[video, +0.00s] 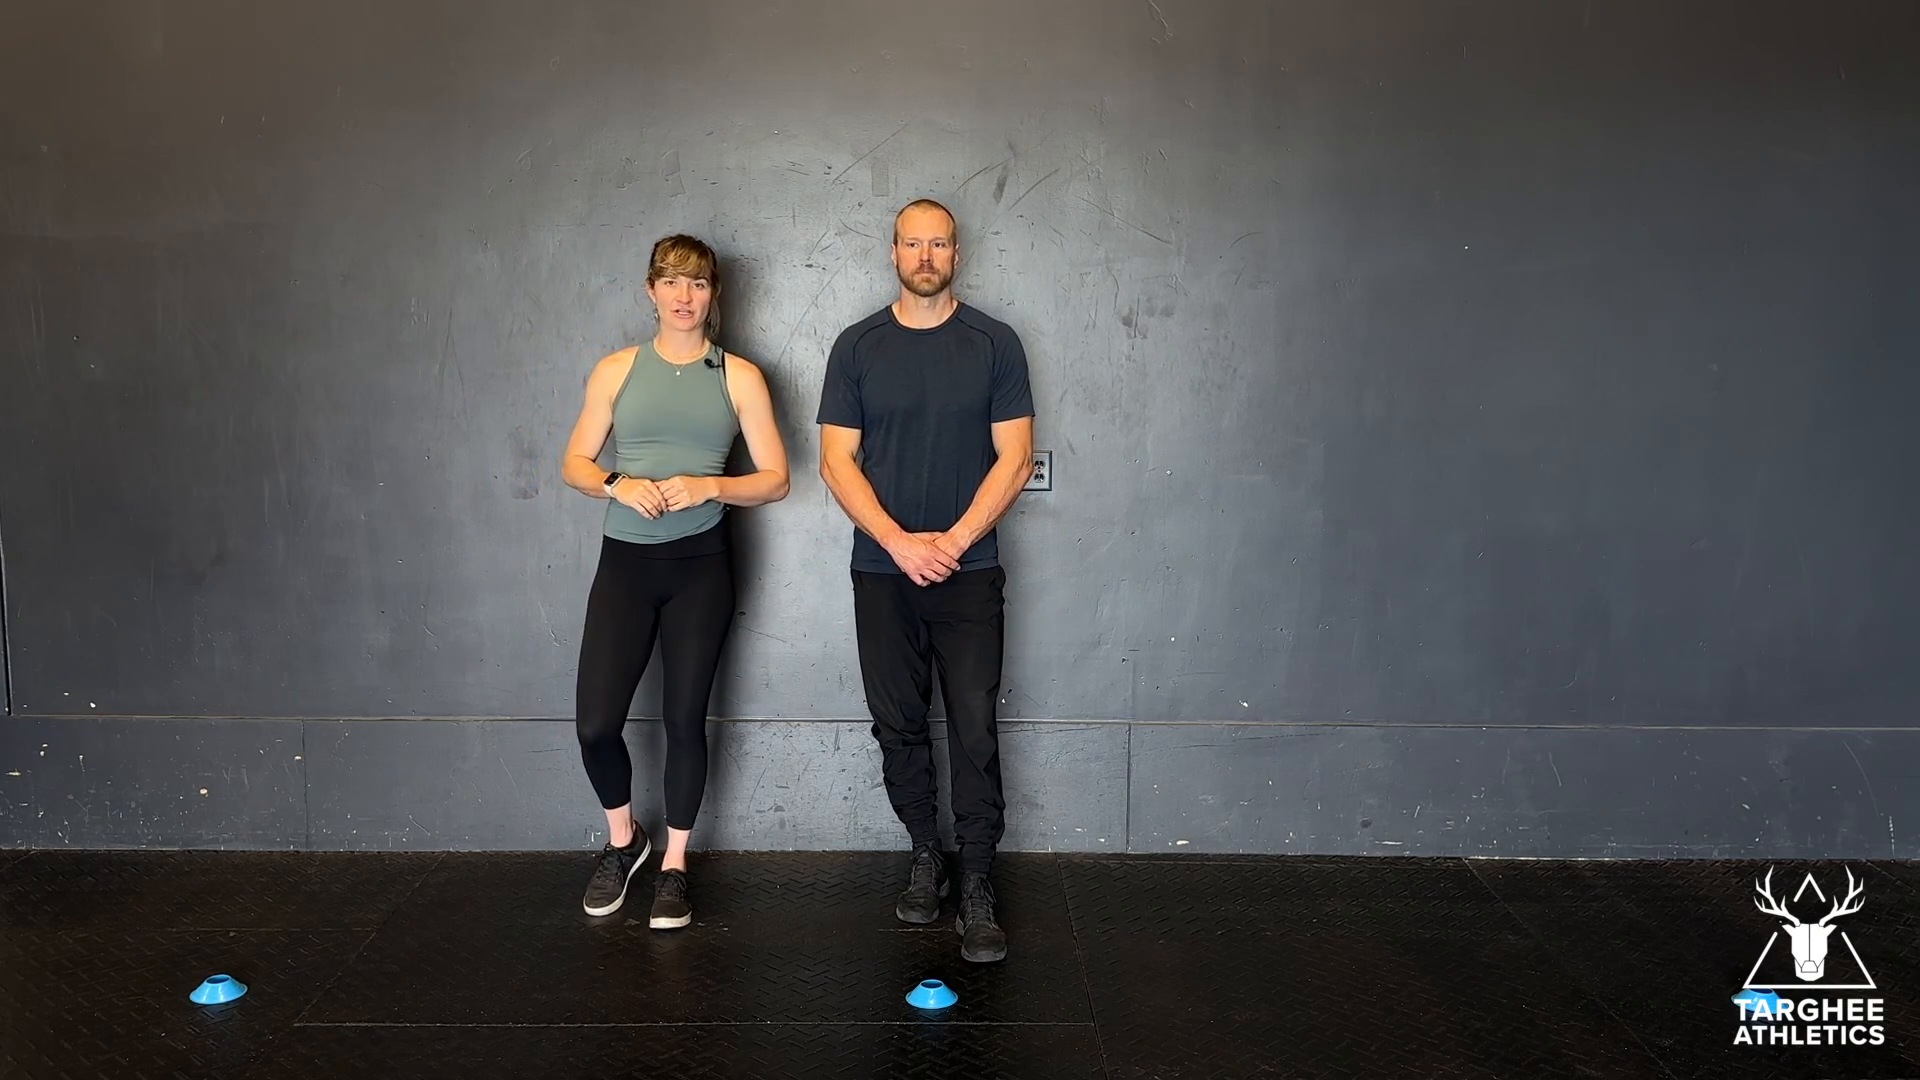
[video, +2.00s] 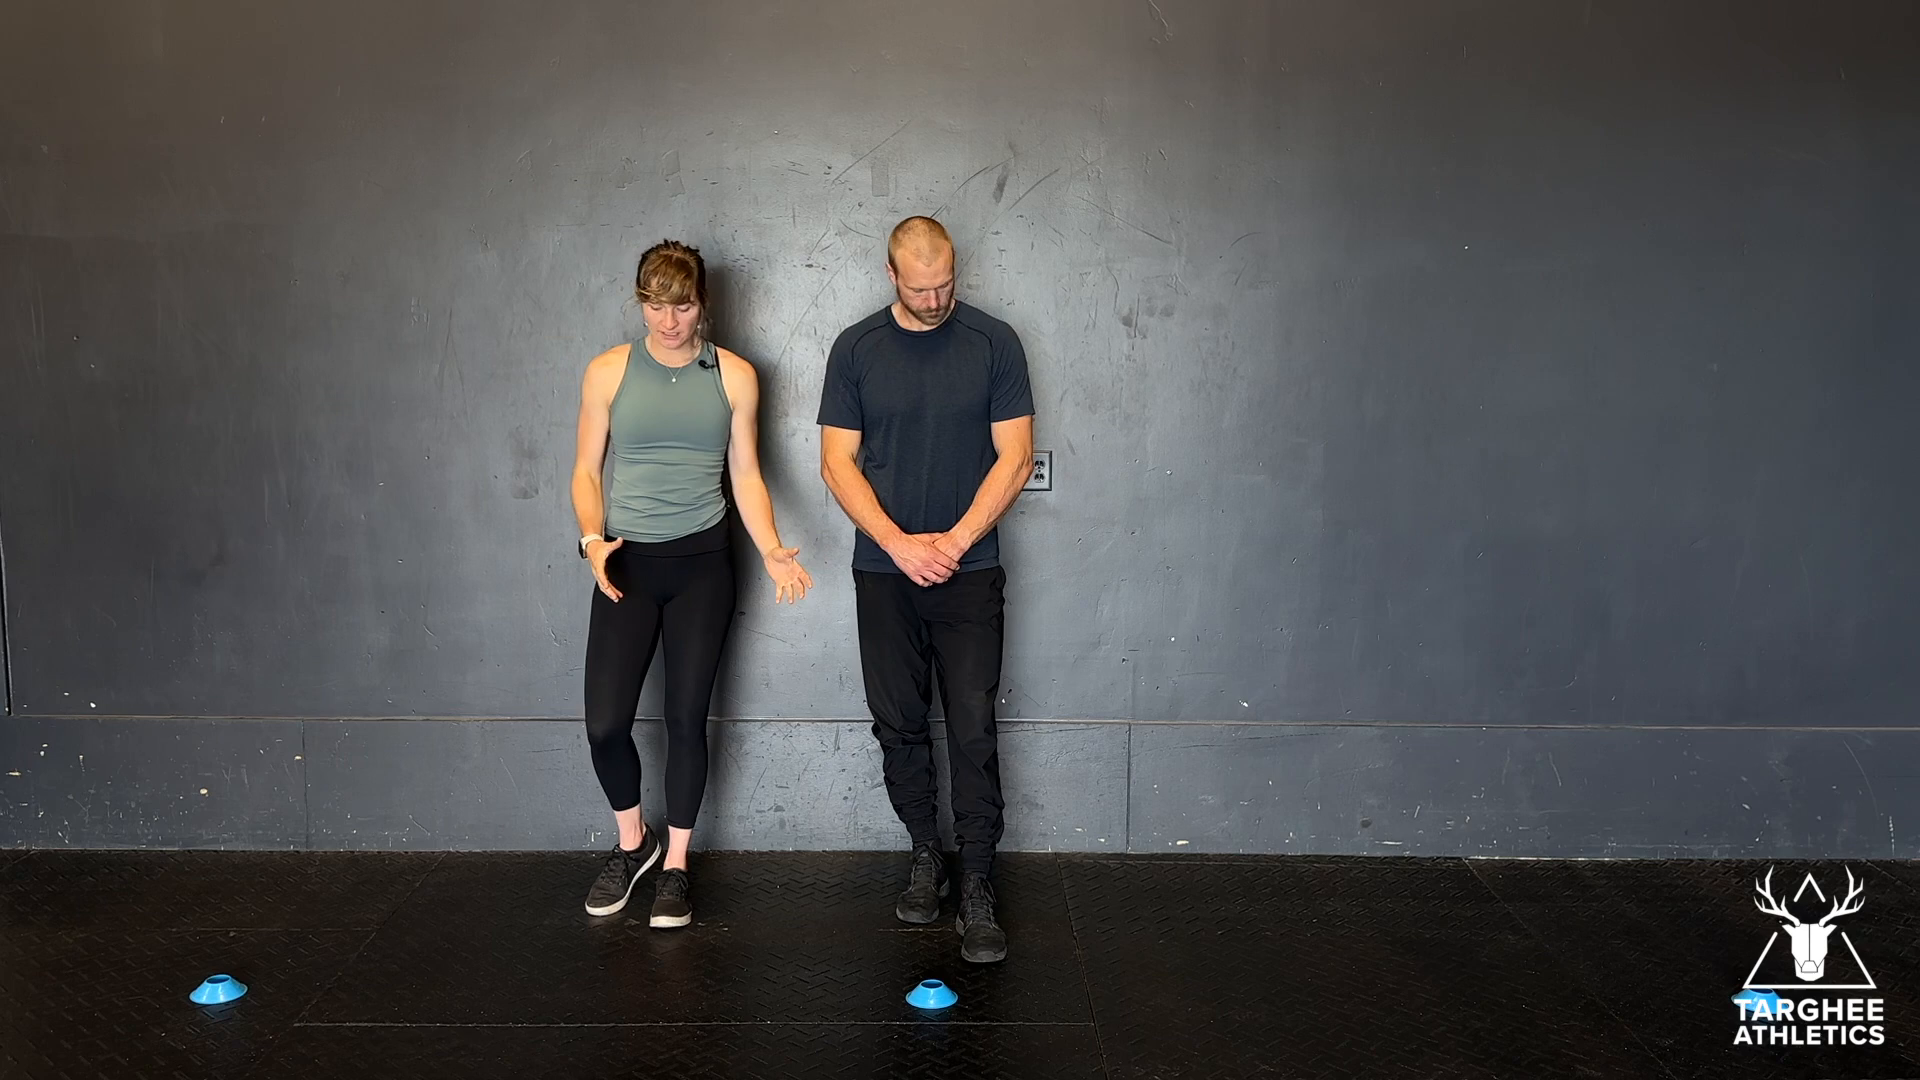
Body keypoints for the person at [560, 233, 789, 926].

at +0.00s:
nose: (684, 294)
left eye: (697, 282)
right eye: (672, 281)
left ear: (711, 293)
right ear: (652, 290)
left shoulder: (739, 377)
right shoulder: (615, 371)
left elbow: (774, 478)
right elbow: (575, 464)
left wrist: (712, 486)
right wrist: (619, 485)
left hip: (701, 564)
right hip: (625, 562)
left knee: (685, 717)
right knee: (595, 723)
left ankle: (675, 866)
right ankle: (623, 838)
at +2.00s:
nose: (672, 321)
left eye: (684, 308)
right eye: (660, 308)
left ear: (702, 304)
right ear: (641, 303)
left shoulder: (734, 375)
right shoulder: (609, 372)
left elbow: (746, 473)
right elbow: (587, 470)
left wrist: (773, 551)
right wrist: (593, 539)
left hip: (704, 563)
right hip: (626, 564)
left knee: (686, 717)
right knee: (605, 722)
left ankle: (675, 867)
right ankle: (635, 846)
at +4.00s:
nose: (667, 314)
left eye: (676, 299)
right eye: (652, 303)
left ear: (691, 299)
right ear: (631, 307)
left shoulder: (726, 375)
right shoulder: (607, 375)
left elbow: (751, 475)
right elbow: (559, 470)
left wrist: (778, 559)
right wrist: (504, 549)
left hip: (700, 561)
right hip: (624, 561)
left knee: (683, 715)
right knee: (596, 716)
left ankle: (674, 868)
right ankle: (634, 848)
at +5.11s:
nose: (690, 311)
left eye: (698, 297)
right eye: (674, 298)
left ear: (708, 300)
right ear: (645, 303)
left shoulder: (735, 378)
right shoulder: (611, 381)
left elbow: (755, 474)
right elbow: (581, 486)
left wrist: (788, 515)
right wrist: (592, 573)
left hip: (718, 568)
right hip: (639, 573)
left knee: (745, 724)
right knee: (639, 724)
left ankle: (780, 882)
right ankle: (636, 872)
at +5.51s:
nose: (747, 313)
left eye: (757, 299)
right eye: (732, 301)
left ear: (771, 302)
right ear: (708, 305)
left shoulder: (803, 380)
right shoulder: (680, 383)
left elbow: (826, 489)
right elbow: (663, 487)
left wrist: (856, 587)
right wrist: (662, 573)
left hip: (791, 570)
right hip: (710, 572)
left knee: (788, 733)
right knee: (675, 739)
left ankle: (795, 889)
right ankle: (660, 861)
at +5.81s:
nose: (773, 311)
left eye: (785, 297)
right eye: (759, 298)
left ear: (800, 300)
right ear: (738, 304)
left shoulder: (833, 381)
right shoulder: (707, 383)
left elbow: (852, 494)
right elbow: (685, 488)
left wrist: (881, 595)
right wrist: (673, 587)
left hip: (815, 574)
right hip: (735, 577)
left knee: (803, 731)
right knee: (735, 730)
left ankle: (796, 889)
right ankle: (764, 853)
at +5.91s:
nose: (776, 308)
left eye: (788, 295)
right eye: (762, 296)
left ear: (805, 301)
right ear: (744, 303)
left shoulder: (839, 383)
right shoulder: (712, 381)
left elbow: (856, 497)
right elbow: (685, 488)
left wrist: (882, 595)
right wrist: (668, 585)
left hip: (818, 573)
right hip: (737, 575)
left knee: (803, 732)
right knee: (758, 724)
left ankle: (792, 885)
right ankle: (794, 872)